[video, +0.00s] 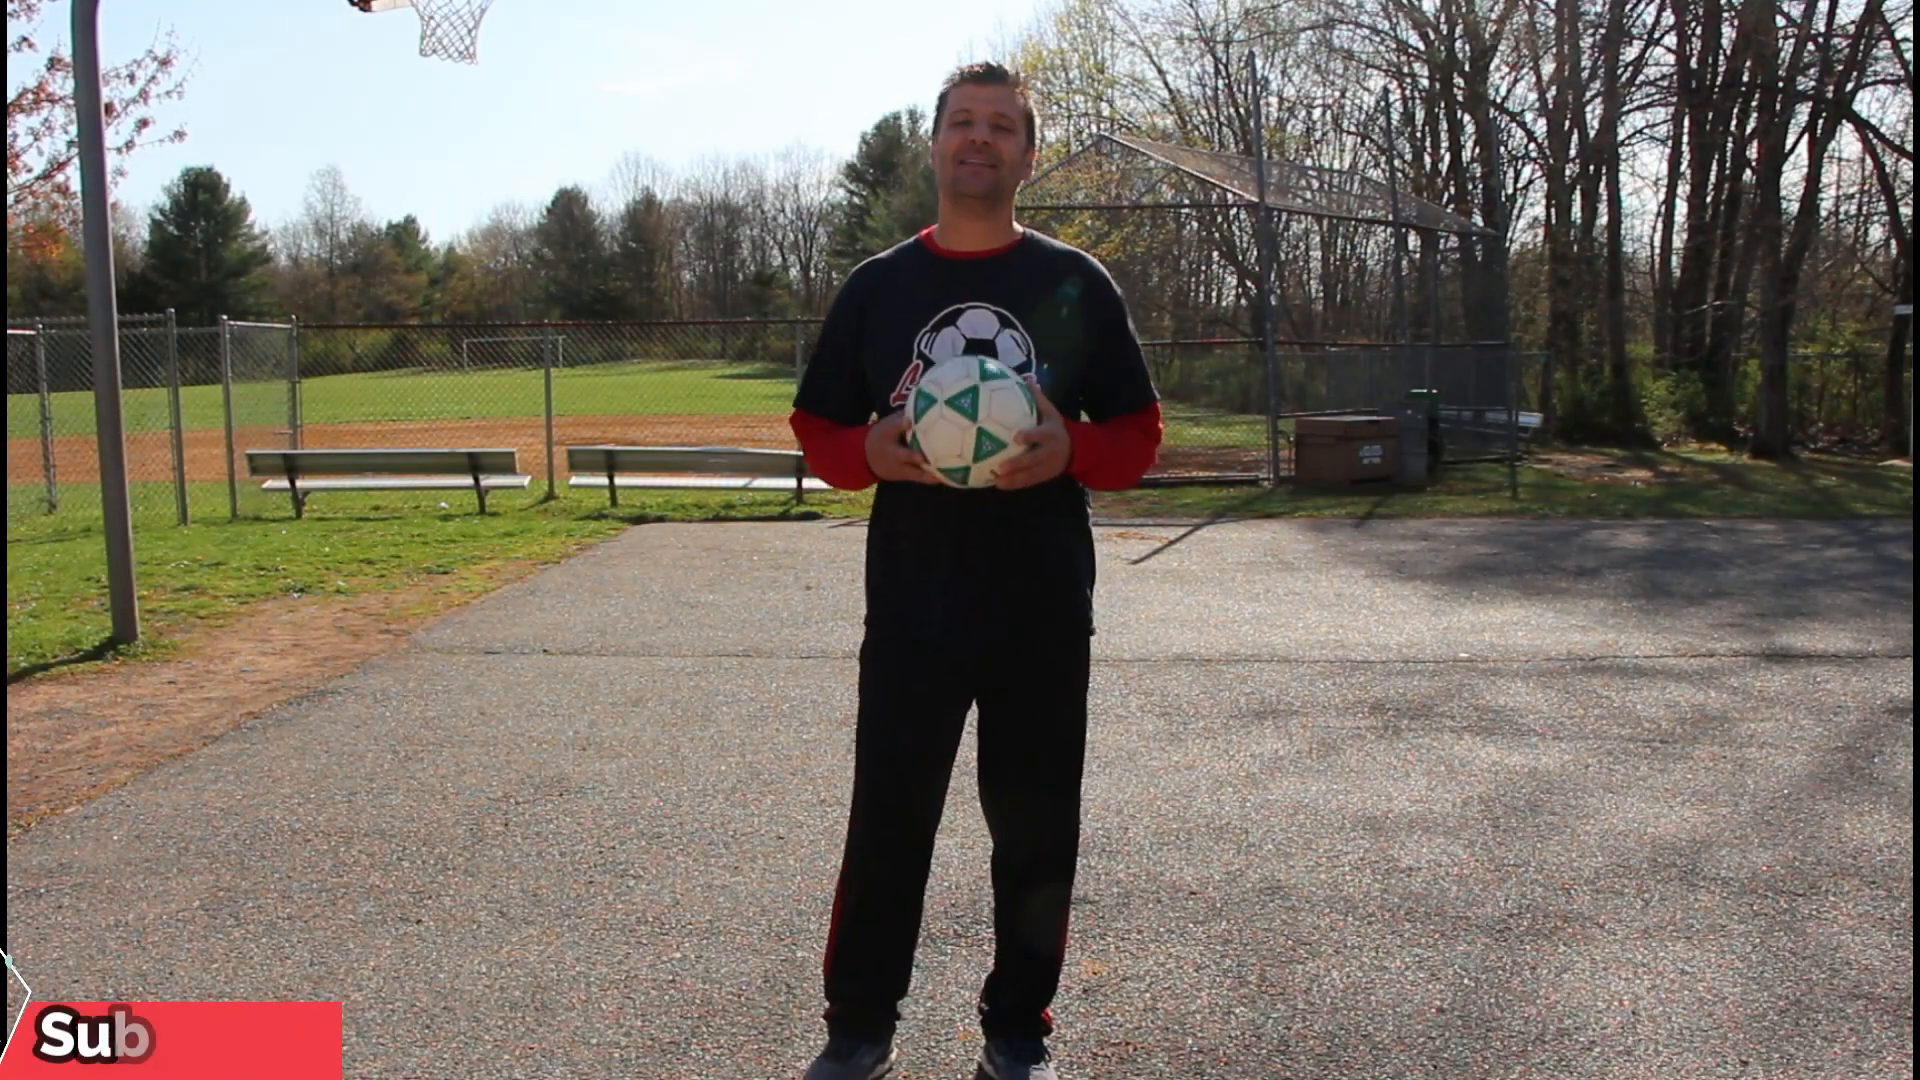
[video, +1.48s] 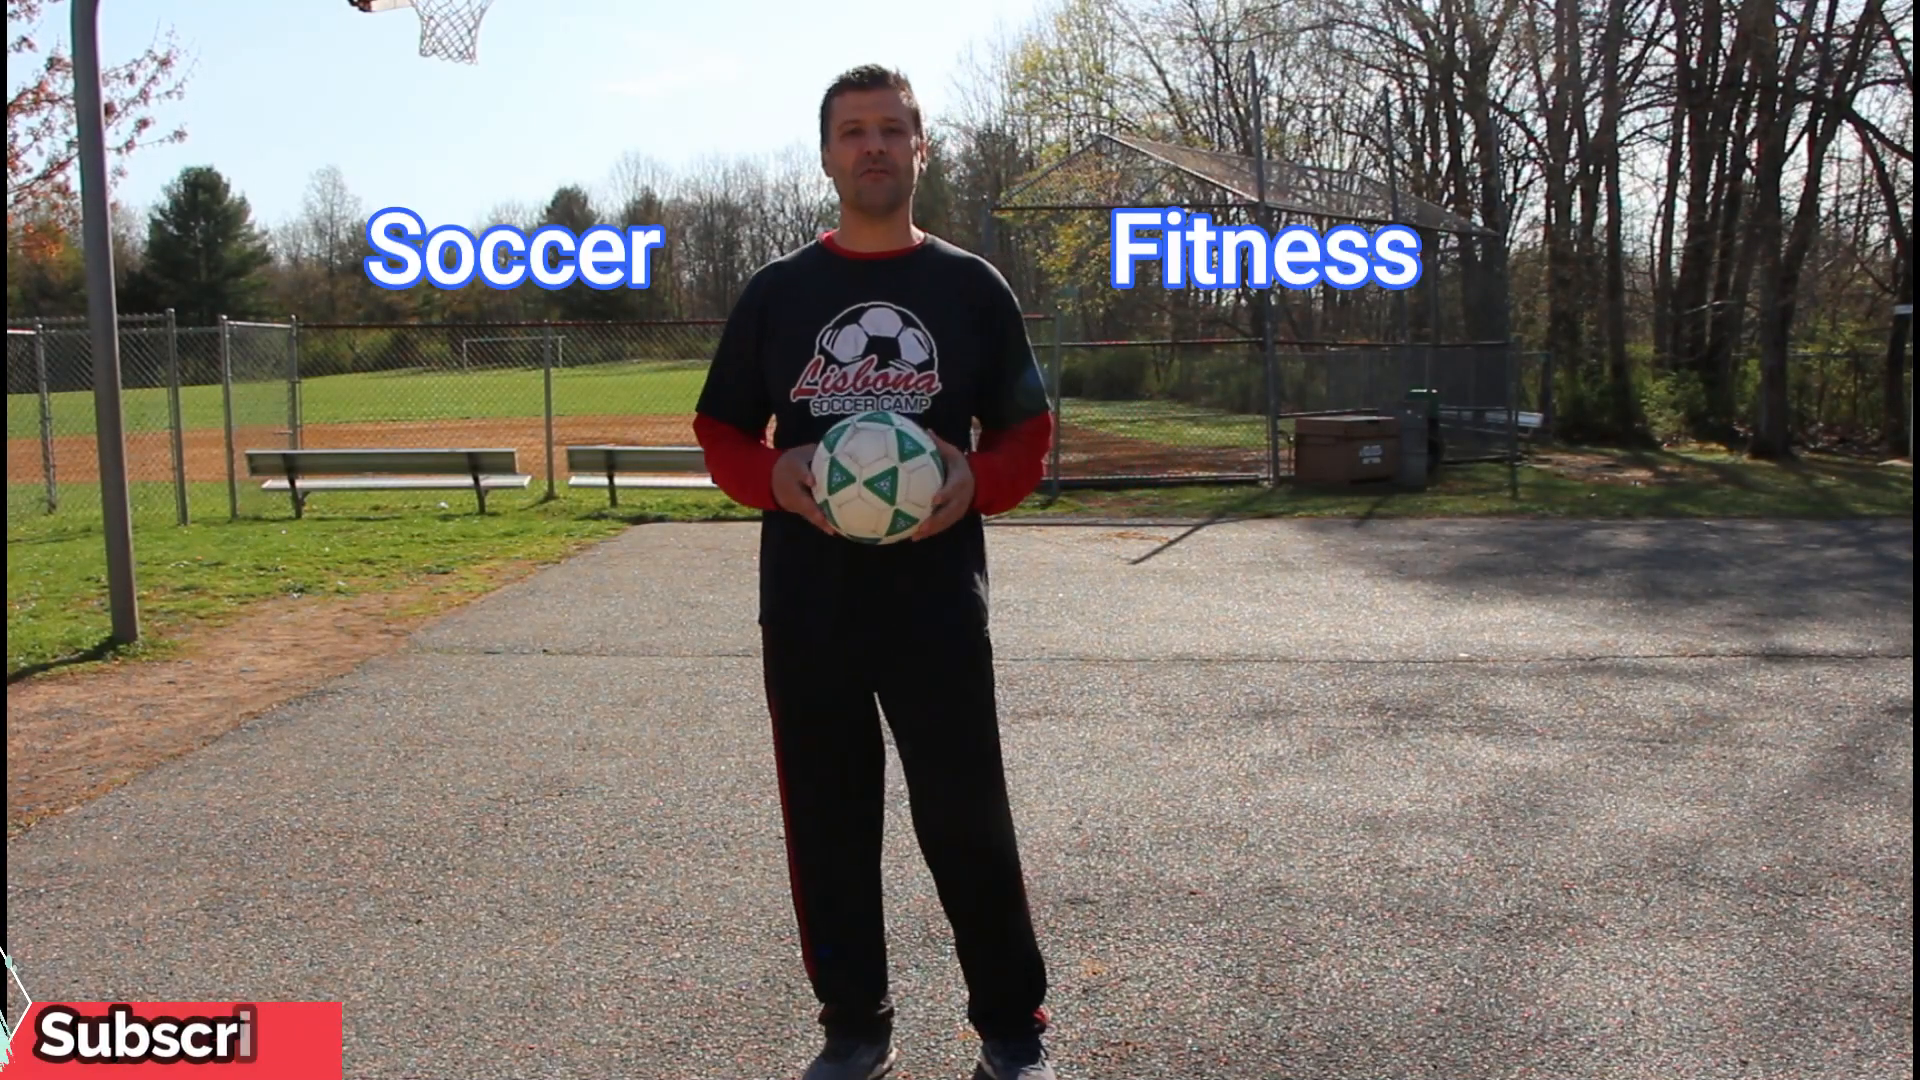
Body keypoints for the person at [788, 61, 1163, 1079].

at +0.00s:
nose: (980, 139)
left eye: (1003, 126)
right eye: (962, 123)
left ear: (1030, 155)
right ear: (933, 146)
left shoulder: (1078, 283)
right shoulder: (873, 287)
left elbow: (1140, 434)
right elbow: (816, 429)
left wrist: (1075, 446)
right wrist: (865, 448)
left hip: (1040, 591)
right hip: (912, 588)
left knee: (1037, 821)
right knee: (888, 812)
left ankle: (1018, 1035)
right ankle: (857, 1028)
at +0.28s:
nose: (959, 139)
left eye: (981, 126)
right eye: (939, 123)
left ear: (1006, 152)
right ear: (909, 145)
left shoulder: (1050, 282)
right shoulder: (849, 287)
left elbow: (1112, 424)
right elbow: (799, 422)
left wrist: (1056, 467)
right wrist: (846, 474)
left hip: (1015, 595)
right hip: (887, 596)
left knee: (1024, 821)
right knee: (874, 817)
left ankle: (1019, 1034)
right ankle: (857, 1029)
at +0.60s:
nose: (925, 136)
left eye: (945, 122)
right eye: (905, 121)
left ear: (971, 148)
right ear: (874, 144)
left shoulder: (1017, 283)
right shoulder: (817, 288)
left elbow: (1075, 425)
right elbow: (760, 423)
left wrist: (1018, 470)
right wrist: (811, 475)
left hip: (980, 587)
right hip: (852, 589)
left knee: (999, 809)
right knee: (852, 811)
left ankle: (1015, 1030)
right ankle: (854, 1026)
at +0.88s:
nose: (903, 135)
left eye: (921, 120)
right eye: (881, 122)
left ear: (947, 145)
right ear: (851, 149)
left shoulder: (999, 280)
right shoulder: (799, 290)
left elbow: (1057, 434)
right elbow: (741, 439)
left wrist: (998, 438)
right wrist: (794, 436)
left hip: (962, 592)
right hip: (834, 597)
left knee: (987, 812)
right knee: (842, 817)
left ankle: (1015, 1031)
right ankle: (855, 1027)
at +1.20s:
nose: (876, 140)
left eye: (893, 123)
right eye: (854, 127)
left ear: (924, 142)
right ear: (829, 153)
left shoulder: (981, 282)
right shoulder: (780, 292)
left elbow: (1042, 433)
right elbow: (726, 439)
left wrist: (986, 449)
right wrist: (778, 451)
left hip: (941, 592)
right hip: (815, 598)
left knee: (973, 810)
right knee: (830, 815)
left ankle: (1013, 1025)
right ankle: (852, 1022)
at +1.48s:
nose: (876, 148)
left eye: (893, 131)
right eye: (854, 133)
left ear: (920, 148)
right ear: (826, 156)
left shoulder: (973, 286)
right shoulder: (773, 294)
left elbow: (1029, 433)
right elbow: (718, 427)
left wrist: (976, 482)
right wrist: (769, 475)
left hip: (934, 592)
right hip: (808, 595)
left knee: (966, 814)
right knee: (826, 817)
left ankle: (1012, 1028)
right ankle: (852, 1025)